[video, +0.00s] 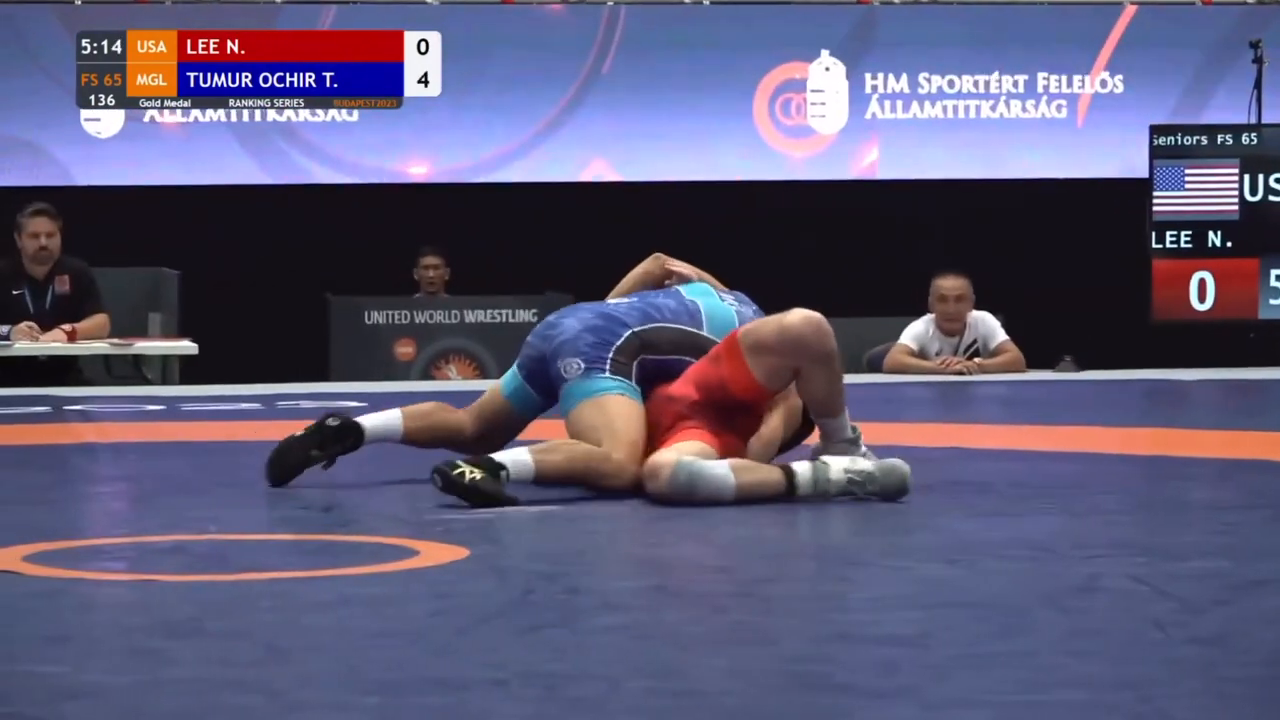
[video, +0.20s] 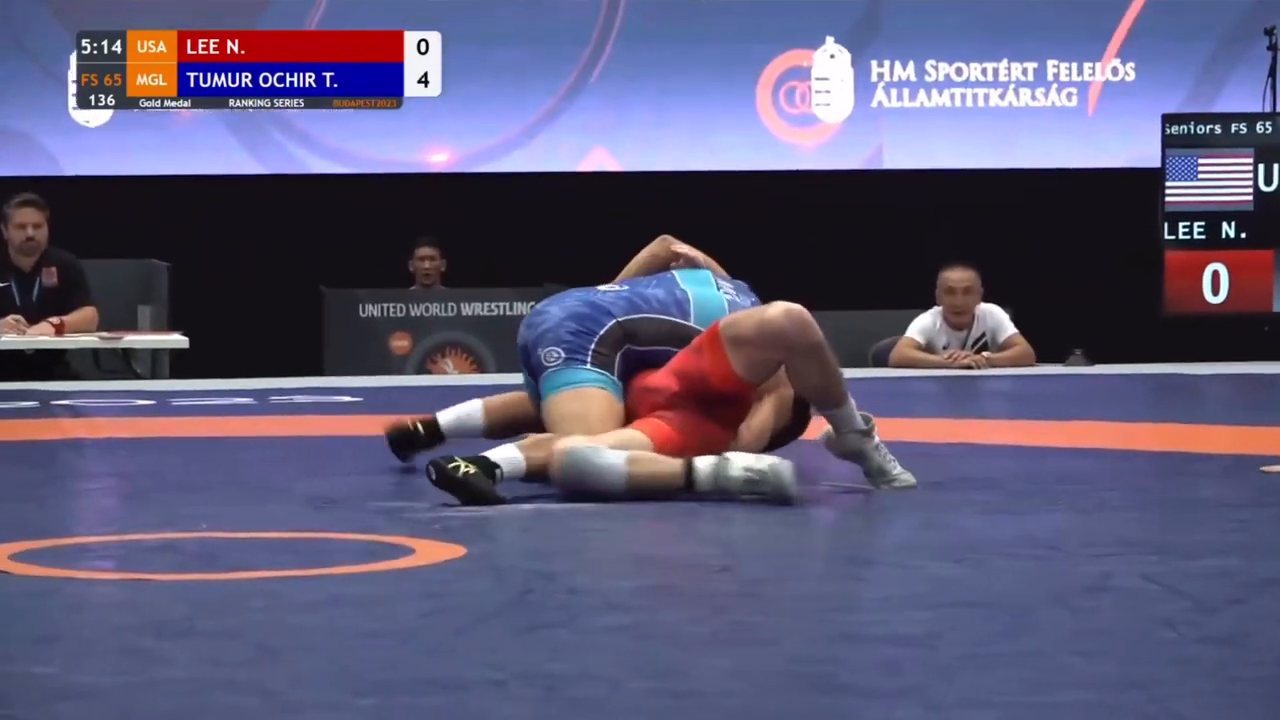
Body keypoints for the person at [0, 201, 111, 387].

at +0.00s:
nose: (43, 243)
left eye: (50, 236)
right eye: (34, 237)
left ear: (60, 237)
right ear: (18, 239)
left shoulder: (77, 273)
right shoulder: (5, 275)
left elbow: (101, 325)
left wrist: (65, 332)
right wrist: (8, 332)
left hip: (64, 377)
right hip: (13, 378)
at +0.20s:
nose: (30, 235)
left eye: (37, 227)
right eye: (21, 227)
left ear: (47, 228)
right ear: (5, 231)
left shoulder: (64, 265)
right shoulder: (3, 268)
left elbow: (90, 318)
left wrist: (52, 325)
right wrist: (2, 326)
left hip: (52, 371)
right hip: (6, 372)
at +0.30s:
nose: (18, 229)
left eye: (26, 221)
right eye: (9, 221)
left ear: (36, 222)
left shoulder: (53, 259)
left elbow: (80, 314)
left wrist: (41, 320)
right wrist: (1, 320)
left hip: (40, 368)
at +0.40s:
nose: (6, 222)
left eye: (14, 214)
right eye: (0, 214)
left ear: (24, 215)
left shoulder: (41, 253)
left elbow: (67, 309)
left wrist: (27, 316)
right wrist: (5, 321)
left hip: (24, 362)